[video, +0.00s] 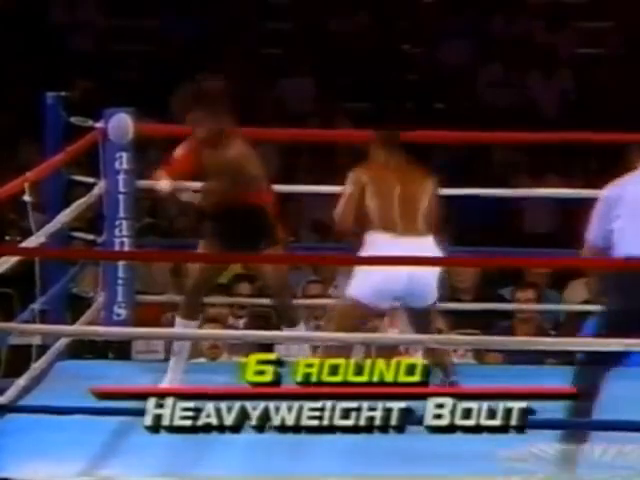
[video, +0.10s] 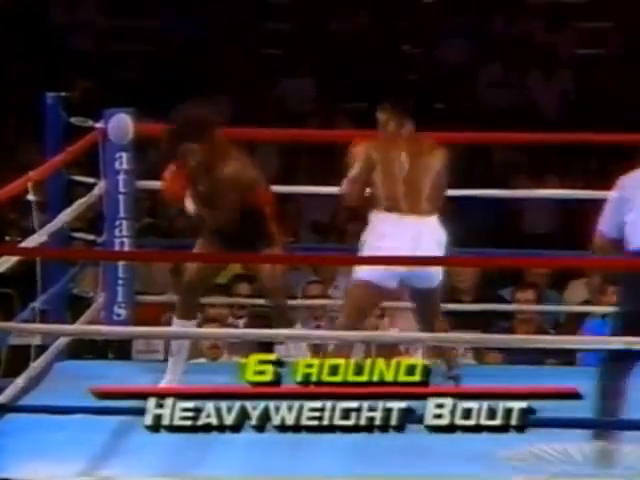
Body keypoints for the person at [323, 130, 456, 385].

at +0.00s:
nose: (372, 152)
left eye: (372, 146)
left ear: (374, 147)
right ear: (400, 147)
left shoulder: (362, 174)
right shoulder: (426, 178)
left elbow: (343, 221)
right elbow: (432, 223)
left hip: (379, 259)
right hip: (425, 259)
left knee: (336, 333)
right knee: (428, 332)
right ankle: (451, 382)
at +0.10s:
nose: (380, 128)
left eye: (381, 122)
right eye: (381, 122)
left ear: (388, 121)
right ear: (412, 123)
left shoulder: (369, 149)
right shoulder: (437, 152)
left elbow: (350, 194)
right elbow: (436, 198)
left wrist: (375, 195)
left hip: (384, 235)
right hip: (429, 237)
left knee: (349, 323)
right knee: (432, 320)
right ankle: (456, 376)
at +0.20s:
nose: (385, 99)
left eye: (387, 93)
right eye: (386, 93)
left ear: (396, 93)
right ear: (420, 95)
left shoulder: (383, 123)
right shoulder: (445, 127)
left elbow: (357, 171)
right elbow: (435, 171)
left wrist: (361, 141)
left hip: (394, 209)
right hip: (437, 211)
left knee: (367, 306)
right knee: (443, 306)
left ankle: (360, 376)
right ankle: (464, 372)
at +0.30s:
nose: (388, 102)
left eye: (390, 95)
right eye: (389, 96)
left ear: (401, 94)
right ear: (422, 95)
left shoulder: (391, 125)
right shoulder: (451, 129)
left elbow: (364, 174)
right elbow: (442, 171)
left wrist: (362, 144)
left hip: (400, 213)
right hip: (441, 213)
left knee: (375, 308)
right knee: (450, 307)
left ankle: (360, 376)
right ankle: (473, 371)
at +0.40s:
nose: (400, 122)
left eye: (402, 116)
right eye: (401, 116)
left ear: (410, 114)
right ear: (434, 115)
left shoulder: (398, 146)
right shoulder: (459, 151)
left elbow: (374, 195)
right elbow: (453, 192)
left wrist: (369, 169)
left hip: (407, 234)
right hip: (449, 234)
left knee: (374, 322)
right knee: (458, 320)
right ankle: (480, 378)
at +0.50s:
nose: (410, 134)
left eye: (412, 128)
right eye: (413, 129)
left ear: (417, 129)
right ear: (443, 132)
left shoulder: (398, 157)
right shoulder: (463, 163)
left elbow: (380, 201)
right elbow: (454, 204)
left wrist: (374, 179)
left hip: (402, 243)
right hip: (447, 245)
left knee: (365, 320)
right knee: (460, 323)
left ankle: (349, 383)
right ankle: (480, 382)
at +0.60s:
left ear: (416, 166)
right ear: (452, 167)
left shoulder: (399, 188)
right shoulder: (463, 196)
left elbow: (370, 220)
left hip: (393, 265)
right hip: (443, 269)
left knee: (348, 331)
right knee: (463, 325)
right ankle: (479, 382)